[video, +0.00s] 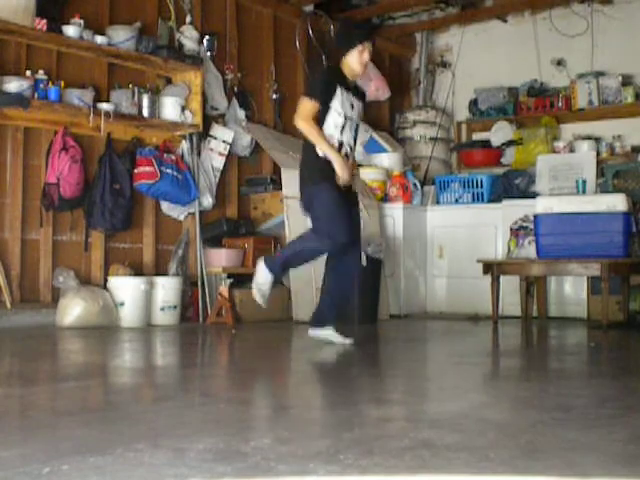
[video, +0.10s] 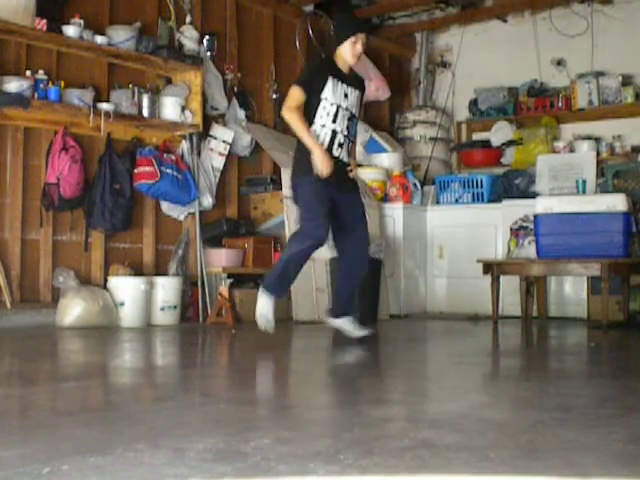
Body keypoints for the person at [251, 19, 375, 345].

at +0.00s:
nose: (367, 59)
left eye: (368, 52)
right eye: (363, 52)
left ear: (364, 53)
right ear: (346, 51)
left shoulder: (357, 92)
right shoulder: (325, 78)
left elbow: (348, 137)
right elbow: (301, 119)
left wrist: (351, 166)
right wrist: (334, 157)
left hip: (342, 179)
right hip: (318, 175)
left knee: (349, 249)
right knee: (333, 235)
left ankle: (323, 323)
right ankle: (271, 266)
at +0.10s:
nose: (360, 49)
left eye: (363, 43)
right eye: (355, 42)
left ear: (362, 45)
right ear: (340, 41)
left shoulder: (357, 84)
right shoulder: (318, 70)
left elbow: (350, 130)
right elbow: (289, 109)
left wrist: (352, 164)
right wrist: (316, 150)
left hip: (342, 175)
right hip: (311, 170)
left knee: (355, 242)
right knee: (314, 232)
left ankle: (340, 313)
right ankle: (270, 290)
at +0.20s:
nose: (352, 57)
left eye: (355, 51)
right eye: (347, 50)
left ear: (356, 54)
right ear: (330, 50)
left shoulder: (356, 97)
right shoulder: (307, 83)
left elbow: (356, 140)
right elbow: (282, 124)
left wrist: (356, 171)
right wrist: (298, 166)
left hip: (339, 189)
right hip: (305, 185)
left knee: (366, 256)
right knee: (292, 255)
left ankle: (370, 319)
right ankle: (257, 321)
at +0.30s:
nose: (345, 60)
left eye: (348, 54)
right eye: (339, 53)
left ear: (350, 58)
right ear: (324, 56)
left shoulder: (357, 100)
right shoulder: (301, 91)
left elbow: (364, 144)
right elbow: (278, 136)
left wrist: (356, 180)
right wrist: (282, 180)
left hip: (341, 199)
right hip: (303, 196)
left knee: (361, 265)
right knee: (284, 266)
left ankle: (373, 327)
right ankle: (256, 328)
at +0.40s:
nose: (343, 50)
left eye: (346, 43)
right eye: (336, 43)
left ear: (350, 46)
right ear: (321, 46)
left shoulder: (361, 82)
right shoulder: (300, 81)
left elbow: (377, 122)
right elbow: (281, 129)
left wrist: (360, 155)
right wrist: (286, 173)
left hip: (344, 185)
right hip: (305, 185)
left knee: (353, 255)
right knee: (293, 255)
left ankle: (358, 321)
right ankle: (286, 322)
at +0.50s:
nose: (336, 56)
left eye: (340, 49)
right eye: (329, 50)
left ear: (345, 51)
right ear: (315, 52)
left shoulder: (360, 85)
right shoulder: (298, 89)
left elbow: (380, 121)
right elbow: (285, 134)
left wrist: (375, 165)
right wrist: (289, 174)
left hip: (346, 183)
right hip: (311, 183)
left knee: (337, 251)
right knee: (312, 252)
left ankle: (330, 326)